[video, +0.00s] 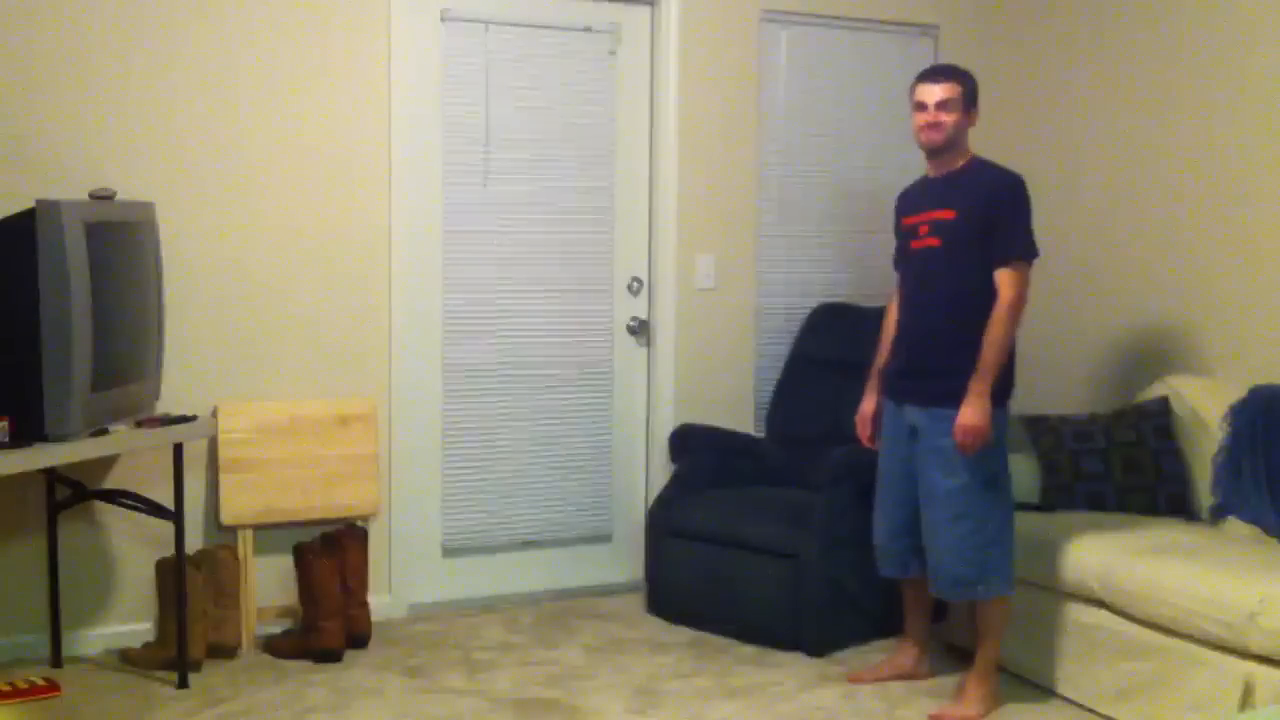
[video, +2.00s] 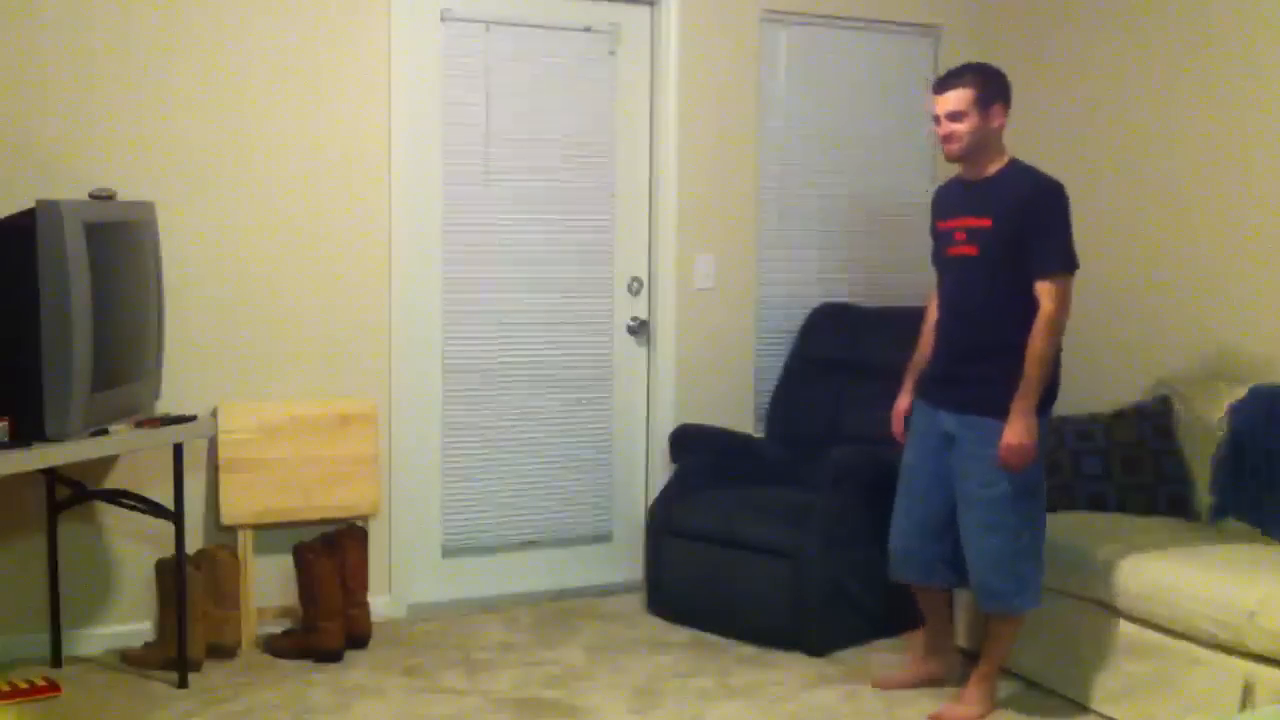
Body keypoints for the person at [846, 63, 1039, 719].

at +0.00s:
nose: (932, 118)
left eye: (945, 107)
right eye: (922, 108)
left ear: (970, 117)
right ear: (911, 118)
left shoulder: (1000, 189)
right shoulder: (909, 201)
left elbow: (1011, 296)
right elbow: (901, 298)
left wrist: (980, 396)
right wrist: (874, 387)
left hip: (963, 404)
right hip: (903, 400)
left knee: (979, 543)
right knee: (908, 531)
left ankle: (983, 678)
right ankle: (913, 650)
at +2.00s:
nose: (943, 131)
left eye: (956, 118)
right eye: (938, 121)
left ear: (996, 116)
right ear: (937, 125)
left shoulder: (1038, 195)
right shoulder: (946, 200)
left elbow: (1052, 308)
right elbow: (940, 302)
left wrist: (1025, 410)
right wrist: (911, 384)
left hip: (1001, 416)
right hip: (937, 406)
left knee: (1001, 556)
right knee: (919, 536)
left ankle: (985, 682)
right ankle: (935, 655)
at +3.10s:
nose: (963, 121)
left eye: (977, 110)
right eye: (960, 110)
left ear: (1016, 116)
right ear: (960, 116)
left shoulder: (1054, 196)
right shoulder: (959, 198)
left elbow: (1063, 313)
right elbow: (949, 305)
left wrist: (1030, 414)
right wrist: (916, 389)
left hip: (1003, 418)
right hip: (936, 409)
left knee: (1001, 566)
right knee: (931, 547)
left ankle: (987, 692)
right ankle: (982, 648)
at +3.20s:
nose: (960, 123)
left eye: (974, 112)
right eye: (957, 112)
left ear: (1015, 116)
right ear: (959, 118)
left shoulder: (1053, 196)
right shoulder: (956, 198)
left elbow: (1063, 313)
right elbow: (946, 306)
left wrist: (1032, 415)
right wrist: (914, 390)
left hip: (1004, 419)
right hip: (936, 411)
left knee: (1003, 567)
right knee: (935, 550)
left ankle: (987, 690)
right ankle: (985, 653)